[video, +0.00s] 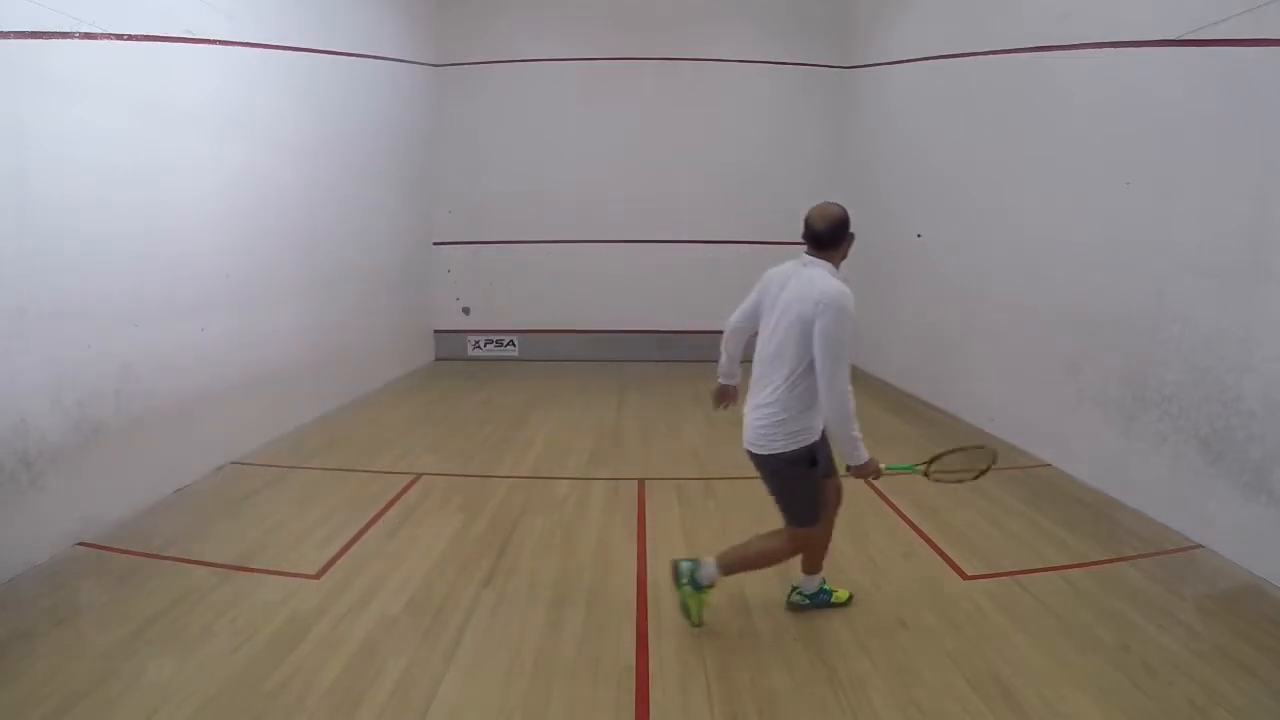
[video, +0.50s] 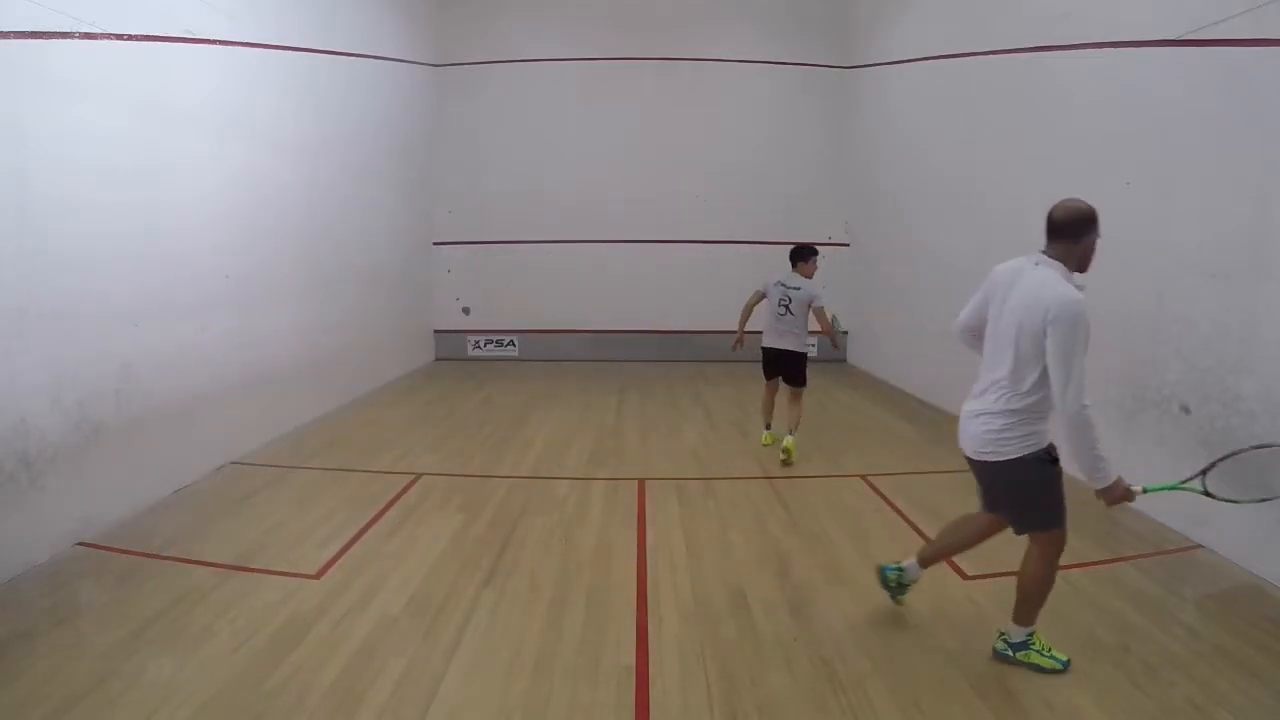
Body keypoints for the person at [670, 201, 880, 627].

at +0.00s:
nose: (853, 241)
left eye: (847, 235)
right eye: (852, 236)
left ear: (804, 240)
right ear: (848, 244)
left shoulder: (779, 275)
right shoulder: (833, 296)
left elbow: (737, 327)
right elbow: (834, 387)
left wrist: (727, 378)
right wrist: (856, 454)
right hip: (785, 438)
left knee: (828, 495)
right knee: (804, 534)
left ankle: (810, 587)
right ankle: (700, 574)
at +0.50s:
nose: (1096, 248)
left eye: (1094, 240)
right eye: (1096, 240)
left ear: (1050, 235)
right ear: (1087, 243)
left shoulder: (1008, 271)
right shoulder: (1066, 302)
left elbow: (968, 327)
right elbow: (1071, 404)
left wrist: (1014, 362)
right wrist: (1104, 479)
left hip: (979, 429)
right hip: (1017, 443)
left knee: (998, 514)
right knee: (1048, 539)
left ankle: (905, 572)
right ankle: (1018, 637)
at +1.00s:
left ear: (1271, 270)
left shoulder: (1244, 308)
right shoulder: (1262, 322)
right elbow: (1275, 390)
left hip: (1216, 472)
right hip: (1202, 480)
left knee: (1247, 576)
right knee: (1254, 595)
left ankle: (1216, 675)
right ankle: (1134, 645)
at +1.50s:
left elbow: (1273, 353)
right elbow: (1272, 354)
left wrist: (1224, 402)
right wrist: (1226, 403)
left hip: (1225, 500)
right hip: (1267, 529)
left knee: (1273, 589)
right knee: (1272, 591)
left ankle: (1230, 681)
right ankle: (1231, 680)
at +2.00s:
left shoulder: (1279, 318)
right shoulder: (1278, 320)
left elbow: (1258, 364)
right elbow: (1257, 366)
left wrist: (1191, 454)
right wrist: (1192, 454)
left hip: (1265, 511)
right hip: (1265, 511)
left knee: (1188, 627)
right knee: (1189, 626)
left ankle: (1122, 714)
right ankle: (1123, 713)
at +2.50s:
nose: (1226, 236)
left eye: (1227, 229)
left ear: (1231, 232)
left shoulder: (1175, 279)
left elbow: (1084, 334)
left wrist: (1034, 436)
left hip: (1119, 532)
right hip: (1206, 562)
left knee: (1110, 647)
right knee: (1145, 700)